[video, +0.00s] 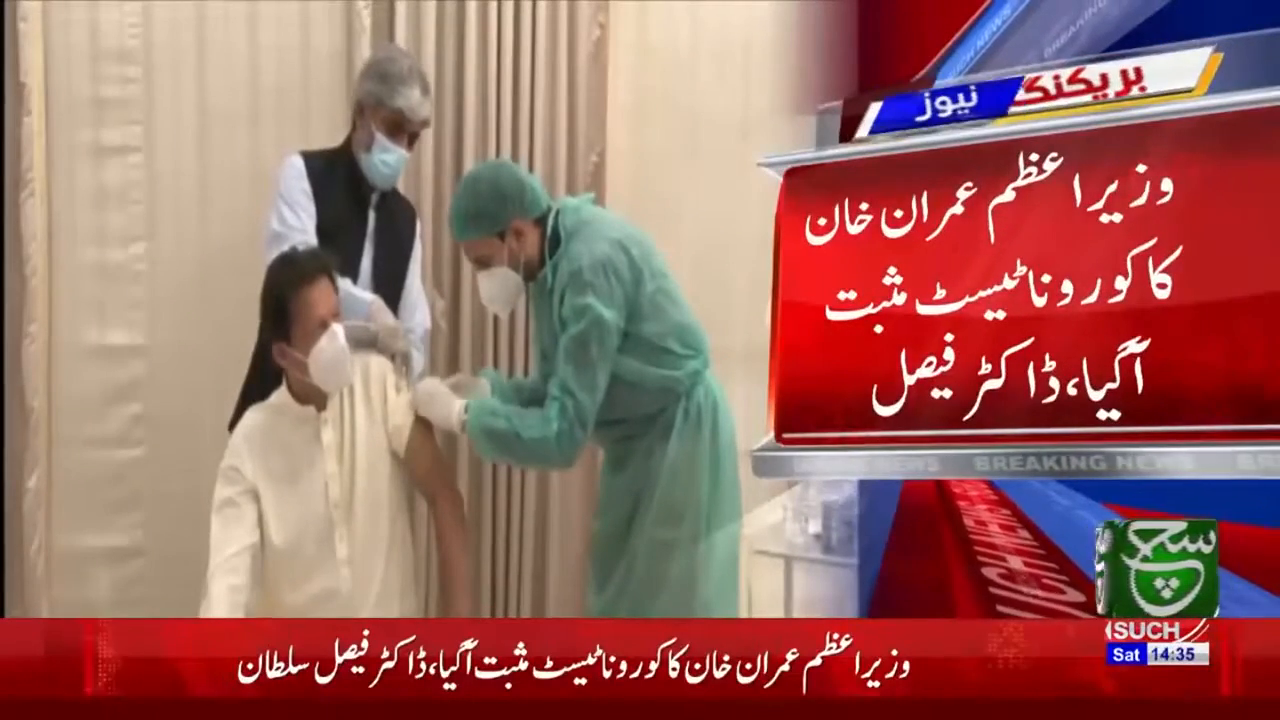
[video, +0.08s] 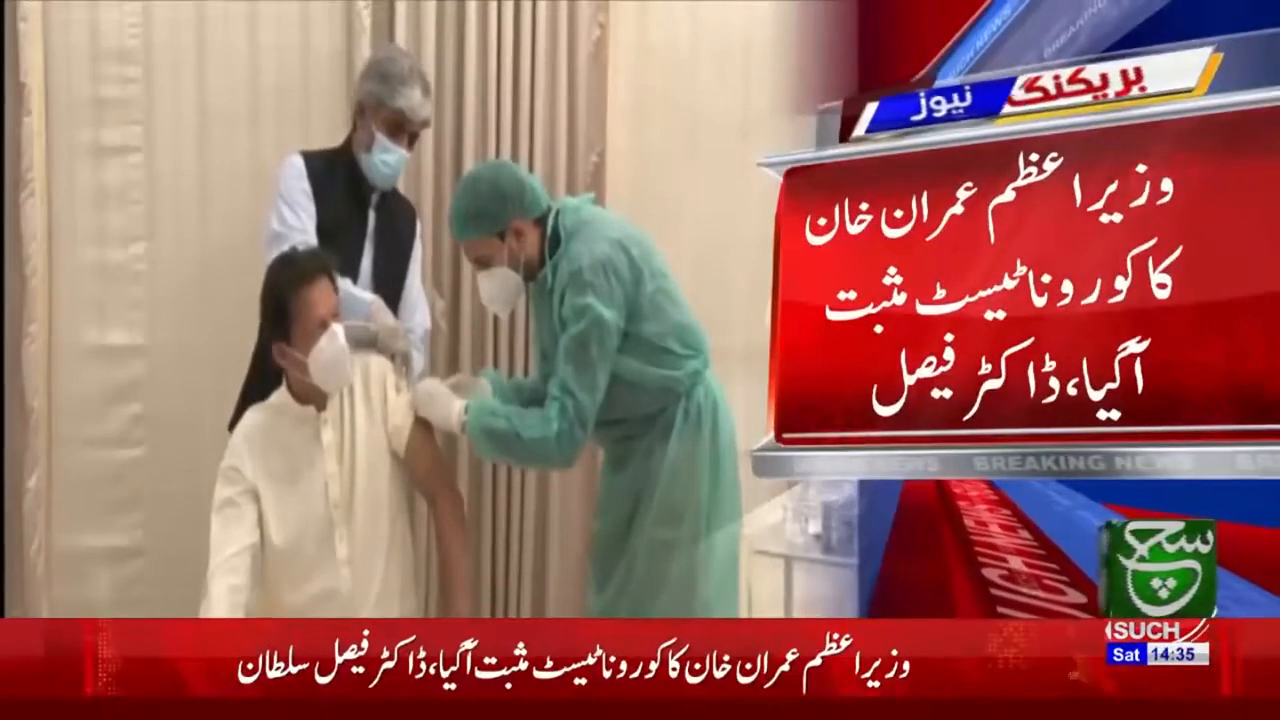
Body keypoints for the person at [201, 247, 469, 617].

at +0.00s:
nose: (337, 337)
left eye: (338, 320)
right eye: (320, 329)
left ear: (349, 320)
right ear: (283, 353)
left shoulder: (375, 381)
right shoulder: (254, 435)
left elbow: (444, 496)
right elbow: (230, 570)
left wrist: (459, 614)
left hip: (390, 619)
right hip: (293, 633)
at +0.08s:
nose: (337, 337)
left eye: (338, 320)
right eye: (320, 329)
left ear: (348, 319)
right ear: (283, 353)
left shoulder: (375, 381)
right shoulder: (254, 435)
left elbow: (444, 496)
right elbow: (230, 570)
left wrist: (459, 614)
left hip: (389, 619)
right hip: (293, 633)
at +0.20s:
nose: (337, 337)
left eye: (338, 321)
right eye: (320, 330)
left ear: (348, 320)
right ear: (282, 352)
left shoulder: (375, 381)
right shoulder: (254, 435)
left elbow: (444, 496)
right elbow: (230, 570)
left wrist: (460, 614)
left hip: (390, 619)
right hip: (293, 632)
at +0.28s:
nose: (335, 340)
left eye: (341, 323)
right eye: (318, 328)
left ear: (355, 327)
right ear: (281, 347)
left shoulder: (385, 406)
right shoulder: (255, 433)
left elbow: (445, 499)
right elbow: (231, 563)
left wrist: (460, 614)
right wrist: (218, 641)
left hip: (390, 621)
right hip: (292, 630)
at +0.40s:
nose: (337, 338)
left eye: (338, 322)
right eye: (319, 330)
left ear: (349, 321)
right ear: (281, 351)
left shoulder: (376, 381)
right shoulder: (253, 436)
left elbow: (444, 496)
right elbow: (230, 571)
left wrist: (460, 614)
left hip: (389, 620)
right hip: (293, 634)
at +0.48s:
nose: (337, 339)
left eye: (338, 322)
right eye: (319, 329)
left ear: (349, 321)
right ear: (281, 349)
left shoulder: (376, 381)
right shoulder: (254, 435)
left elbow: (442, 494)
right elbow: (230, 571)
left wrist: (460, 614)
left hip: (390, 619)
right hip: (294, 632)